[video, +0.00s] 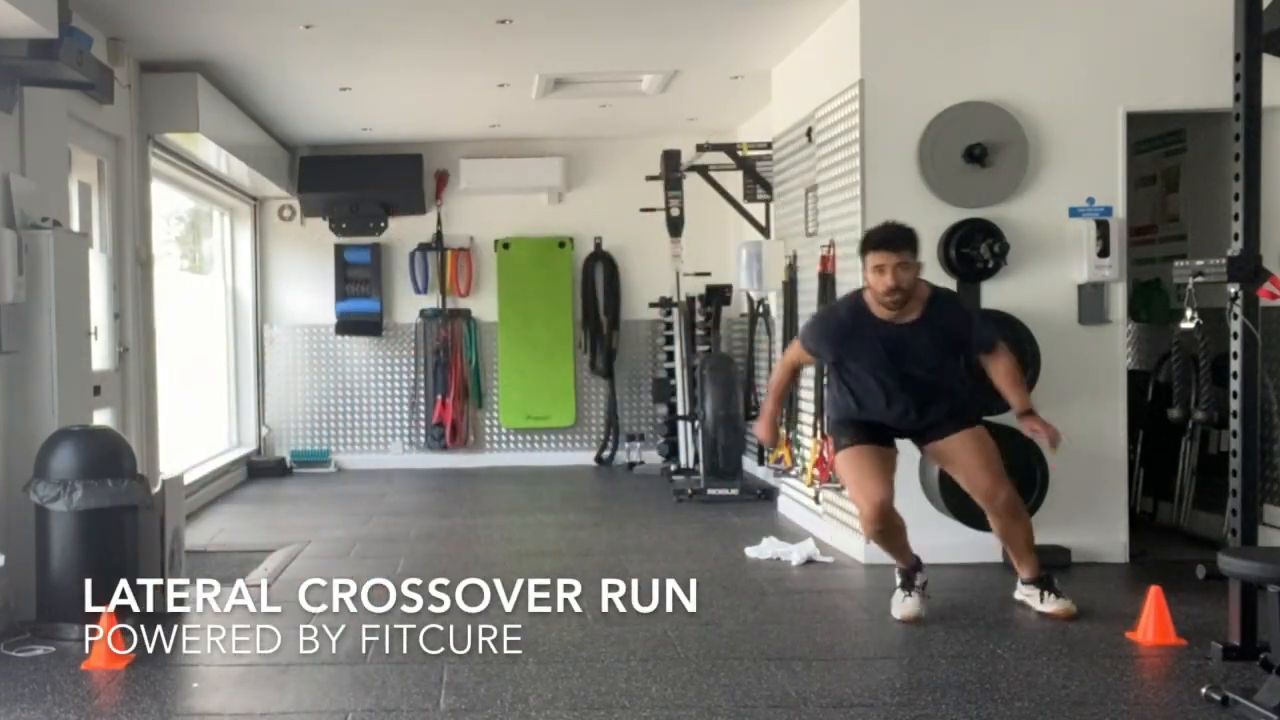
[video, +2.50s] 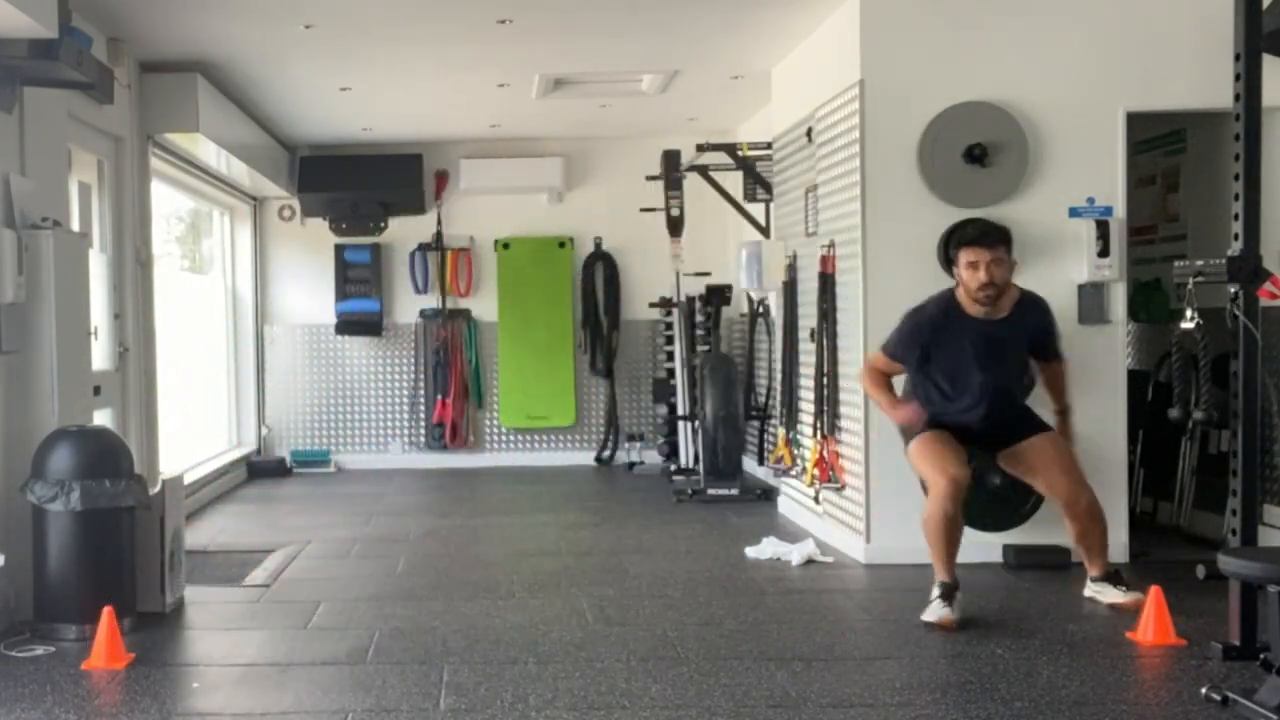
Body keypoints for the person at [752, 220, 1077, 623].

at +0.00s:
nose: (891, 280)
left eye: (901, 268)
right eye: (880, 270)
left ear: (917, 268)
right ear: (865, 273)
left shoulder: (946, 310)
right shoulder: (838, 320)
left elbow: (994, 352)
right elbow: (790, 361)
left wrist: (1024, 410)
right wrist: (768, 416)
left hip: (938, 410)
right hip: (861, 417)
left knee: (998, 492)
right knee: (874, 514)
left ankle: (1031, 582)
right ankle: (909, 572)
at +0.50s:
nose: (606, 239)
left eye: (615, 227)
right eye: (595, 228)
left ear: (630, 224)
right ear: (582, 230)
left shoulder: (671, 273)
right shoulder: (570, 274)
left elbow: (730, 318)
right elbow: (552, 305)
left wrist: (753, 384)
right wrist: (539, 365)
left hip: (678, 390)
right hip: (609, 389)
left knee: (720, 488)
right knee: (568, 487)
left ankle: (778, 592)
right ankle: (572, 573)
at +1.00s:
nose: (326, 269)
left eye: (336, 256)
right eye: (315, 257)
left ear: (353, 254)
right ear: (303, 258)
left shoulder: (385, 312)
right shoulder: (287, 300)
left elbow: (418, 373)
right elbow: (259, 343)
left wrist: (410, 441)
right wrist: (249, 388)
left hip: (359, 419)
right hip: (300, 407)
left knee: (326, 498)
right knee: (240, 494)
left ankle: (339, 594)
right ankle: (182, 587)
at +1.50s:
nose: (368, 254)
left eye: (379, 243)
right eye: (357, 242)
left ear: (393, 246)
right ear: (340, 244)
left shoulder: (420, 302)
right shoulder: (318, 286)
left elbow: (469, 345)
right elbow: (275, 315)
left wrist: (491, 395)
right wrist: (246, 376)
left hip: (365, 424)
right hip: (314, 397)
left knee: (320, 510)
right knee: (309, 474)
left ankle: (260, 580)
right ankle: (256, 568)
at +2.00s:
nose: (726, 224)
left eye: (730, 214)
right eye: (717, 213)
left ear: (730, 215)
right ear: (686, 213)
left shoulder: (729, 268)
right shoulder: (640, 263)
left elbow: (754, 318)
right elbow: (566, 301)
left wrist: (778, 354)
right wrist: (539, 371)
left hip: (676, 386)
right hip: (625, 380)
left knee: (678, 498)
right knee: (659, 479)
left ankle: (608, 582)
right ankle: (585, 566)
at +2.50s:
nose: (986, 277)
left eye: (995, 264)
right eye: (973, 267)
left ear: (1012, 265)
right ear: (955, 271)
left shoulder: (1032, 311)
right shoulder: (929, 318)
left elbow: (1051, 365)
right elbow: (874, 370)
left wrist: (1062, 413)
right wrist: (893, 407)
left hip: (1005, 418)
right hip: (936, 422)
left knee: (1076, 493)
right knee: (949, 480)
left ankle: (1099, 578)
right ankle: (944, 587)